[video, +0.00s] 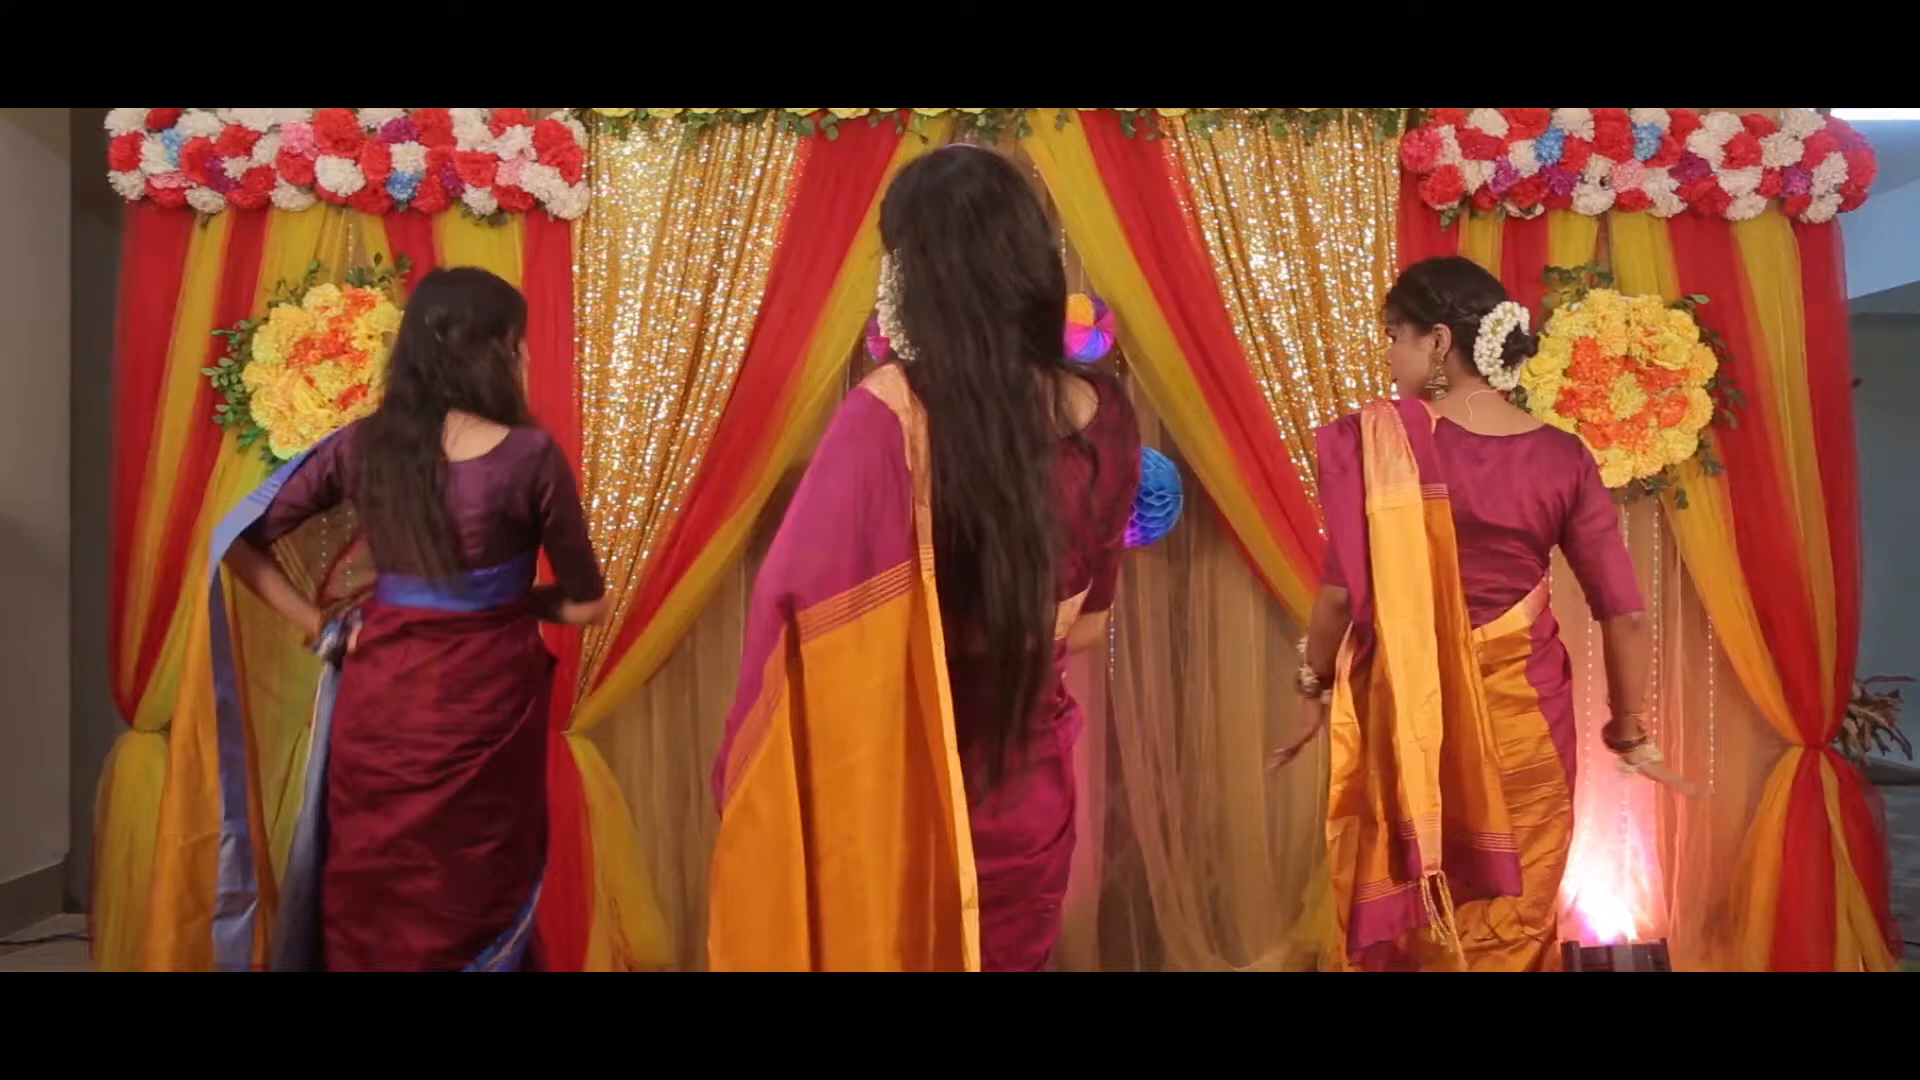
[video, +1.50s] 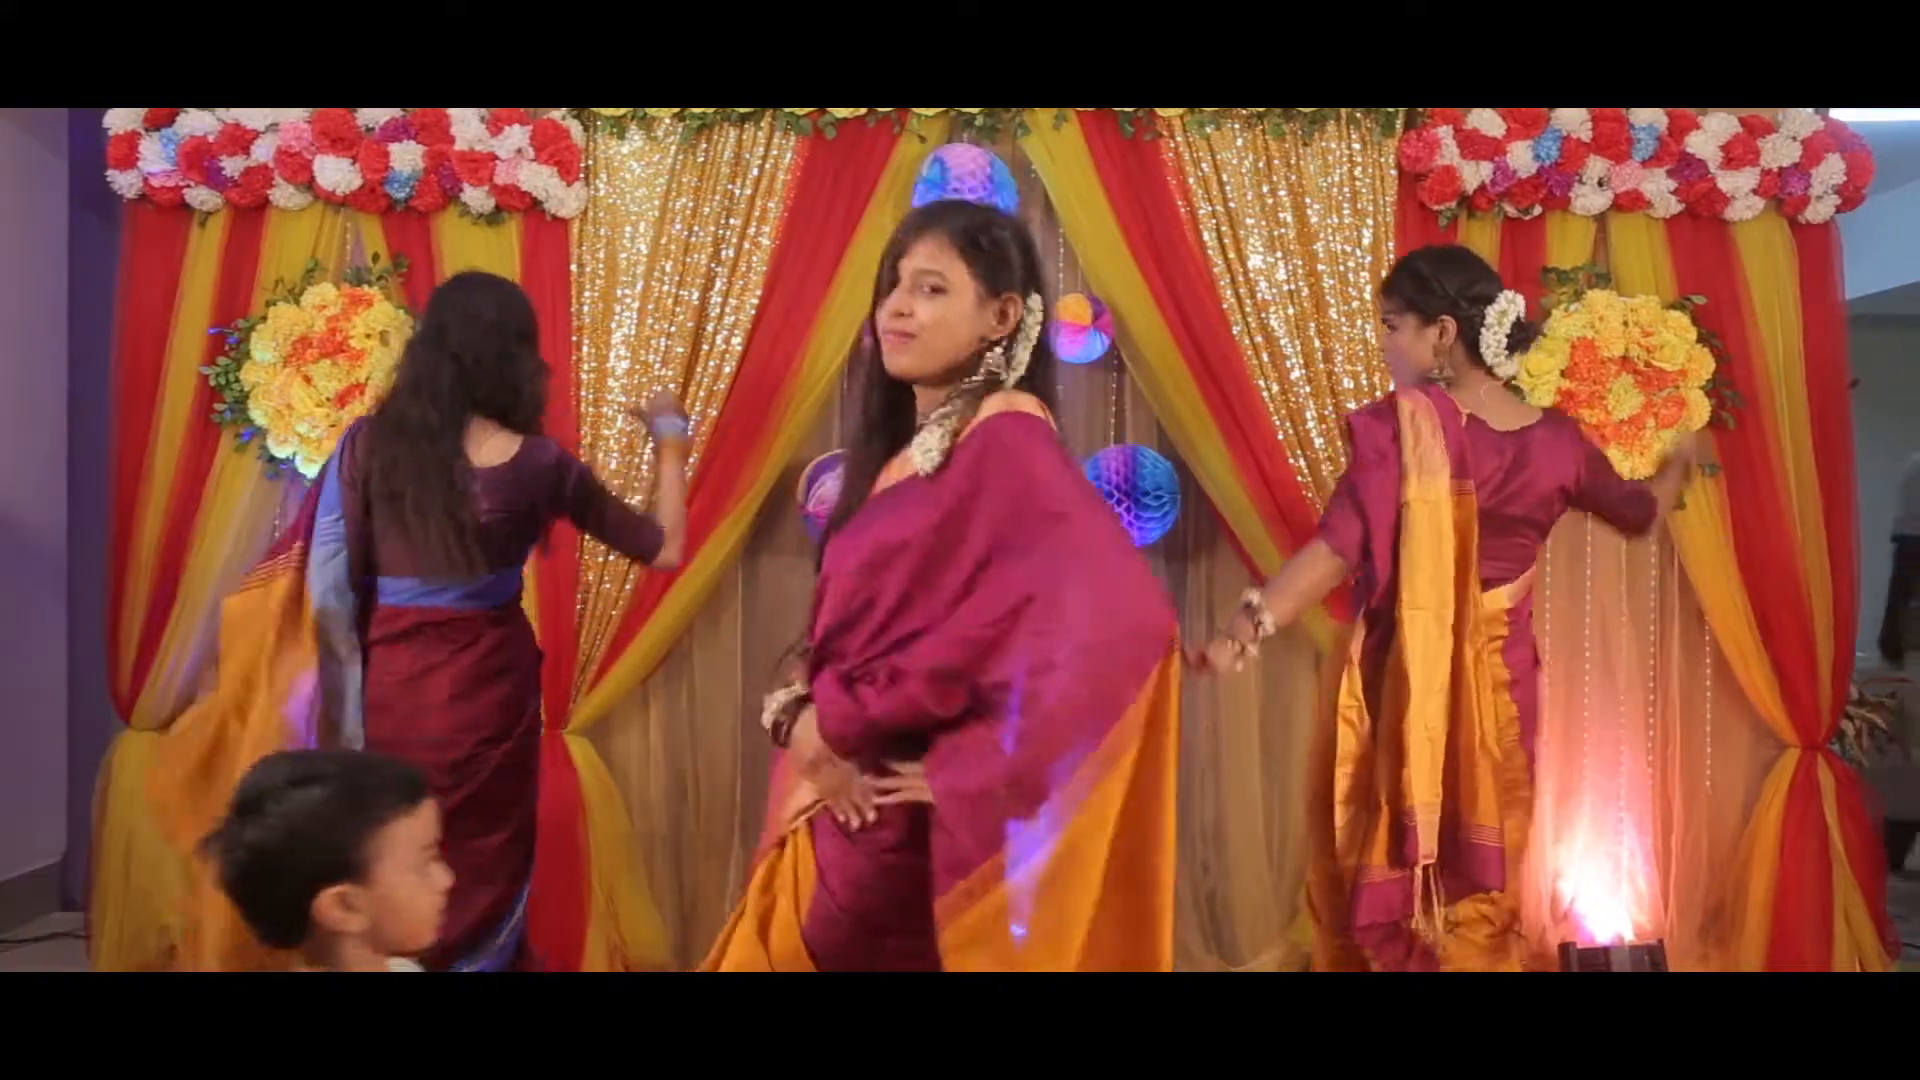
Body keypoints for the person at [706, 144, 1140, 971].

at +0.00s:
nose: (881, 275)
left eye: (888, 252)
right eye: (885, 251)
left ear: (912, 269)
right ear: (1034, 254)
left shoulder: (885, 413)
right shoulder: (1092, 408)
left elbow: (797, 606)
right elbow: (1090, 601)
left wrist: (747, 781)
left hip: (897, 800)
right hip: (1031, 791)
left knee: (896, 956)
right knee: (1015, 957)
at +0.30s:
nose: (880, 272)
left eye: (887, 250)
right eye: (884, 249)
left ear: (910, 266)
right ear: (1032, 254)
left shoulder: (884, 405)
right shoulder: (1095, 409)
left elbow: (813, 601)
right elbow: (1095, 616)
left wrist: (742, 752)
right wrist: (987, 644)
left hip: (900, 767)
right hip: (1027, 758)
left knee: (894, 952)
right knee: (1013, 953)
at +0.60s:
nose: (883, 287)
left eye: (891, 263)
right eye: (887, 262)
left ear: (914, 277)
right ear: (1024, 269)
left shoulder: (884, 410)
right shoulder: (1074, 423)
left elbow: (830, 627)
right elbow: (1055, 599)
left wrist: (723, 794)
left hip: (900, 783)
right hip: (1015, 779)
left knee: (898, 953)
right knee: (1005, 953)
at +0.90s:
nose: (865, 261)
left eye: (871, 240)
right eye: (868, 239)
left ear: (907, 260)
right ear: (955, 260)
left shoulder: (912, 420)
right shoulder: (942, 397)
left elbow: (881, 677)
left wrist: (821, 876)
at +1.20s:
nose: (845, 244)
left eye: (867, 224)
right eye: (856, 222)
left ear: (933, 250)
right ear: (925, 251)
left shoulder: (955, 406)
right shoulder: (901, 389)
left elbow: (941, 633)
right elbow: (862, 603)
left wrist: (904, 805)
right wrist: (754, 711)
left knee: (725, 938)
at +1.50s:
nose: (897, 307)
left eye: (933, 288)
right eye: (895, 285)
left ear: (1003, 317)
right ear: (878, 303)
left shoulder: (1008, 435)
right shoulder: (906, 448)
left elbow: (1129, 620)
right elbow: (835, 629)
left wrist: (969, 771)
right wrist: (804, 728)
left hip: (915, 838)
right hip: (837, 825)